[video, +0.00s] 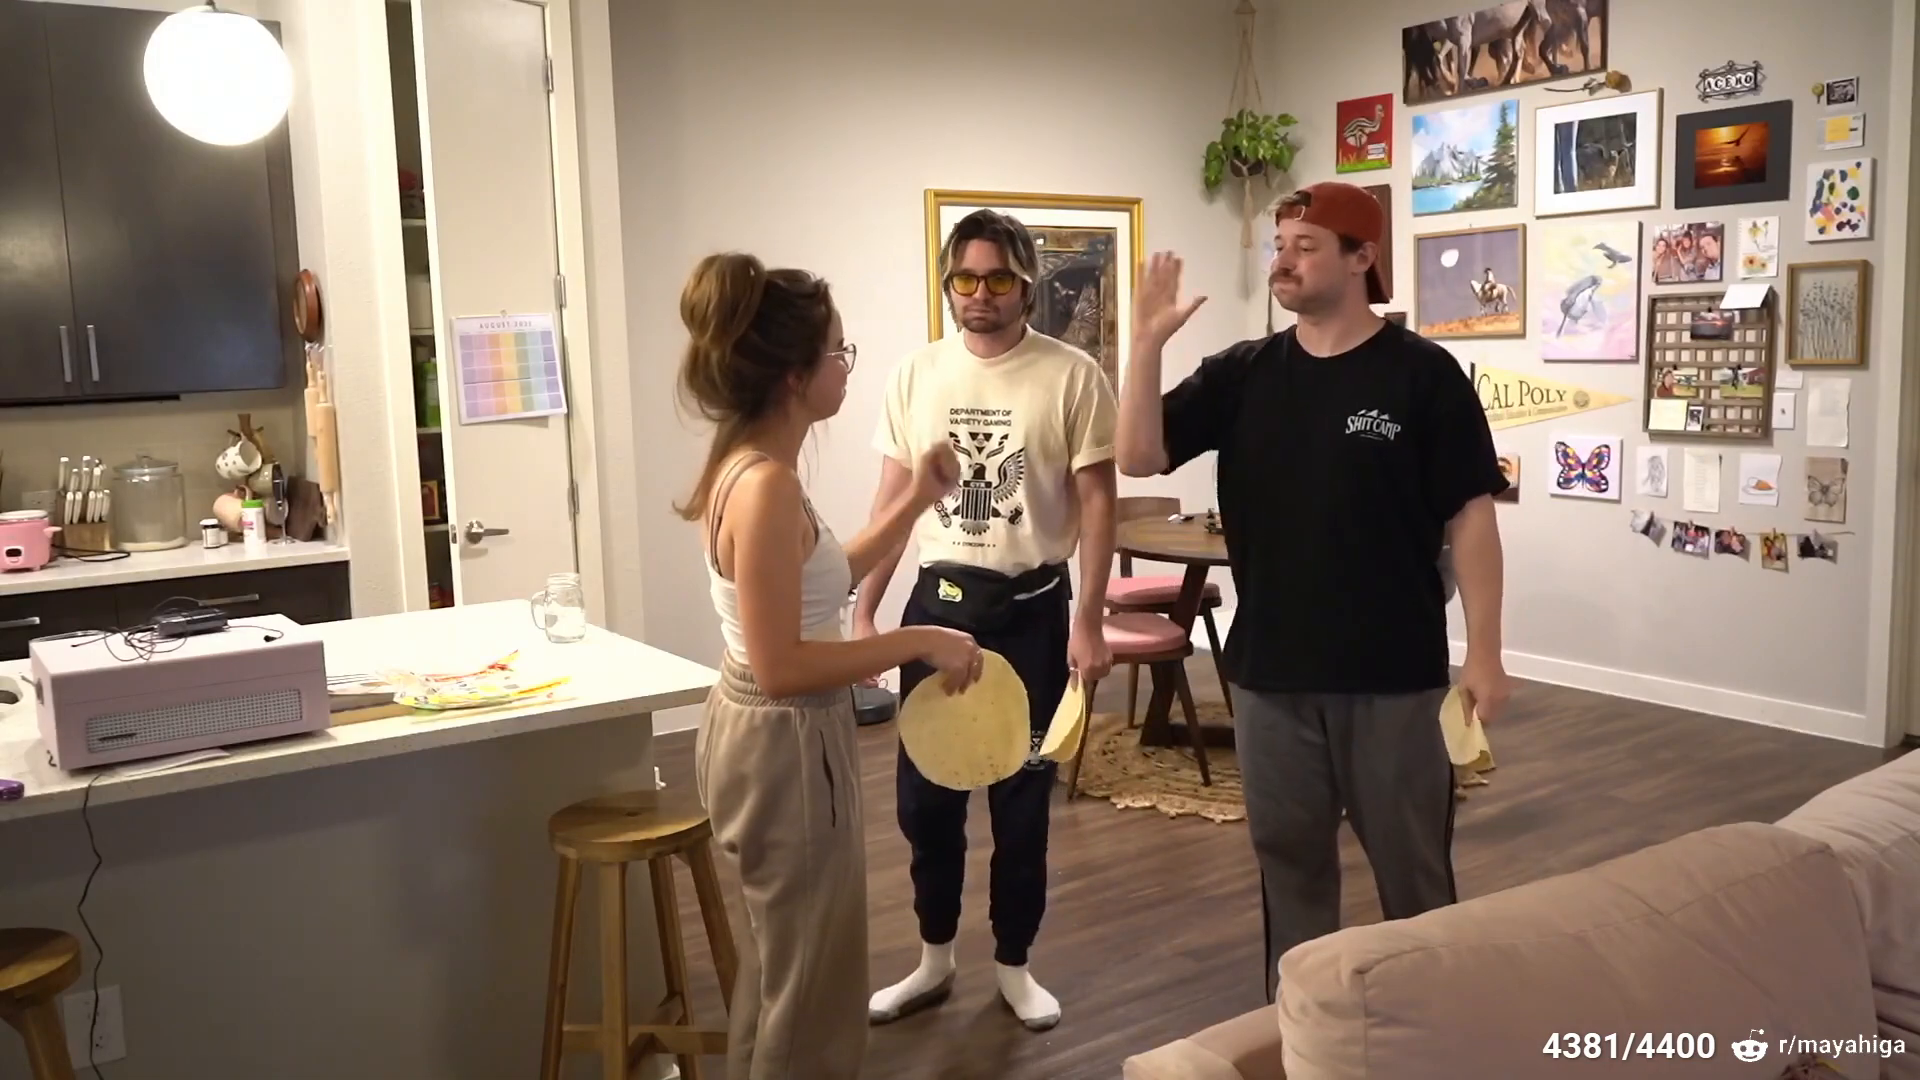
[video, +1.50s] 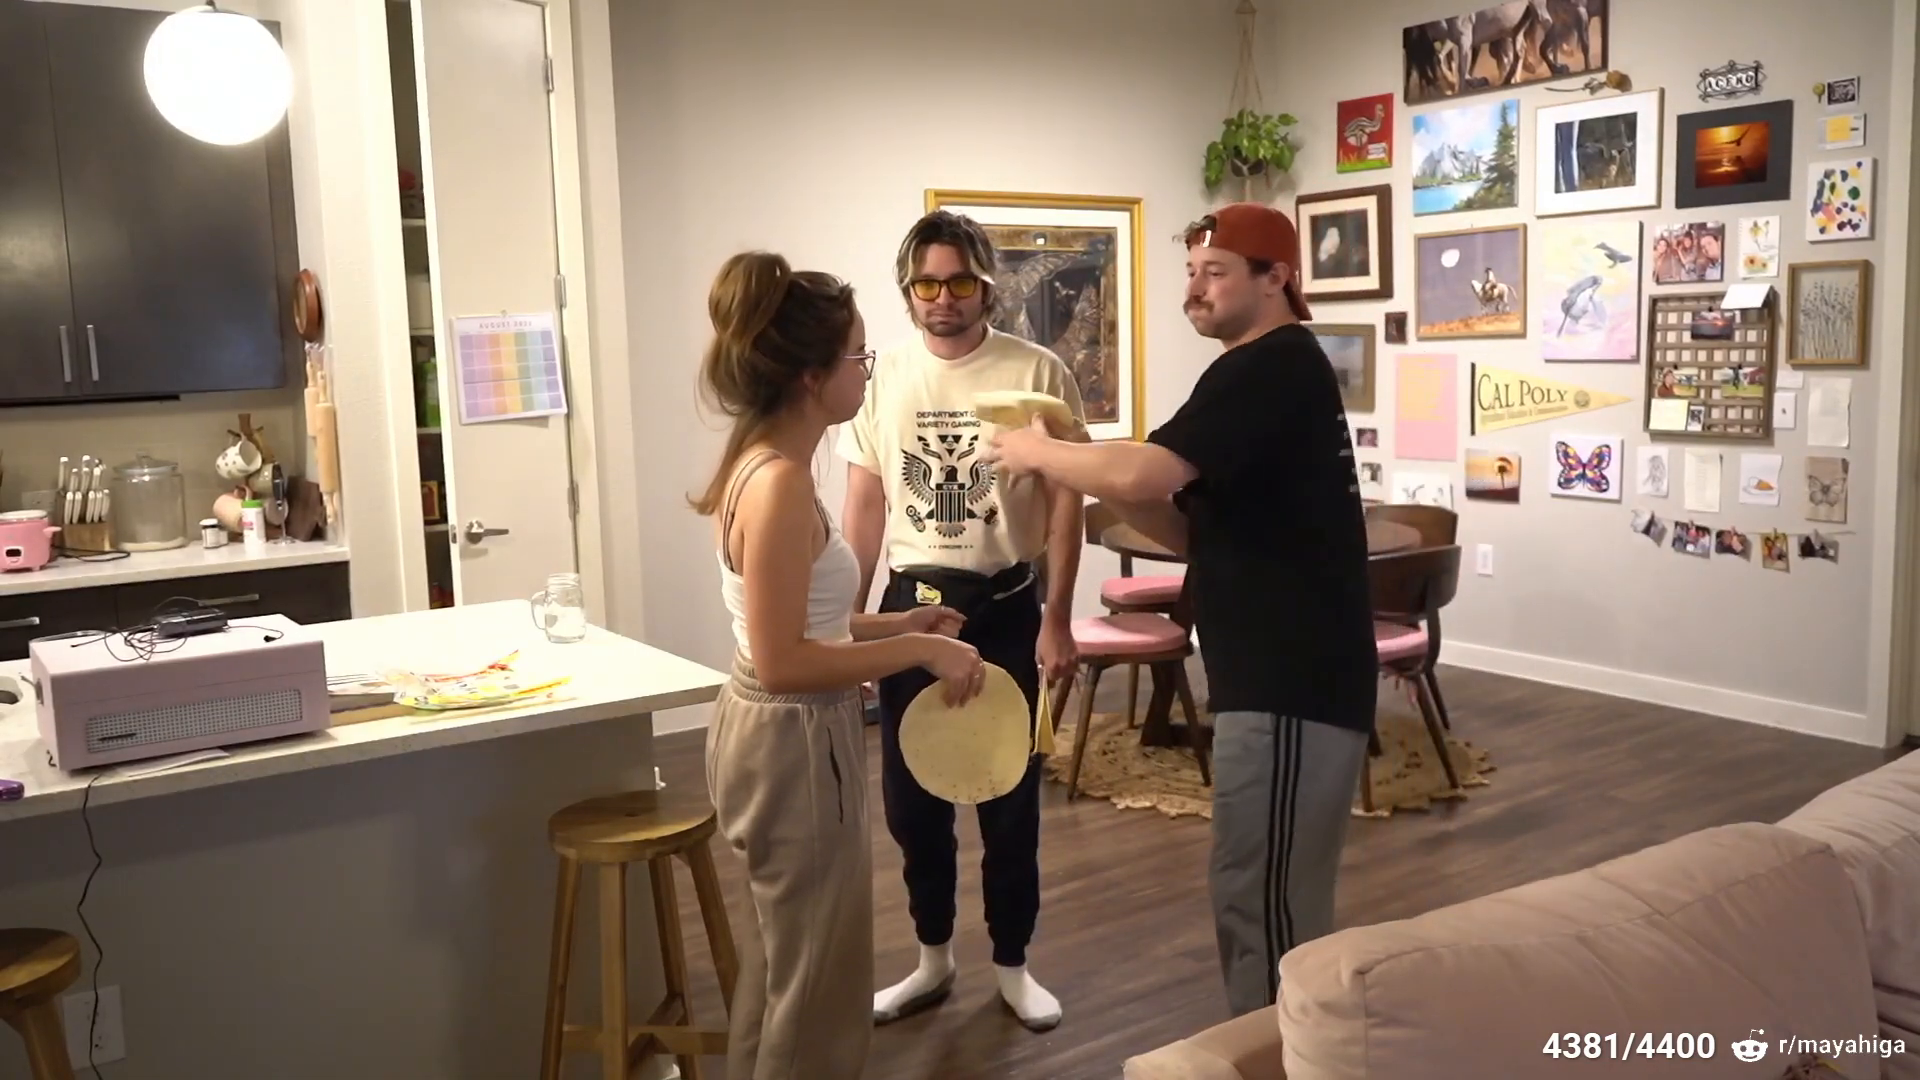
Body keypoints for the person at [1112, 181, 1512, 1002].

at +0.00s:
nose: (1284, 258)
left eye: (1305, 246)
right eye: (1280, 246)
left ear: (1360, 261)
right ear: (1275, 260)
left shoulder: (1424, 373)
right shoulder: (1244, 373)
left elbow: (1472, 514)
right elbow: (1141, 457)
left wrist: (1484, 655)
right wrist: (1144, 343)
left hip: (1393, 680)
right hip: (1272, 679)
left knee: (1414, 880)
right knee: (1289, 874)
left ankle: (1437, 1034)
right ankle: (1297, 1035)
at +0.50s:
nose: (1285, 262)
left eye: (1306, 249)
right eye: (1280, 250)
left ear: (1361, 262)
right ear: (1275, 261)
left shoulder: (1428, 374)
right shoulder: (1240, 376)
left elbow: (1475, 518)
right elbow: (1136, 437)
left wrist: (1491, 653)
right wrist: (1051, 441)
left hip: (1397, 680)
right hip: (1274, 681)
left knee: (1422, 881)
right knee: (1290, 877)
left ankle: (1445, 1034)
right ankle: (1298, 1037)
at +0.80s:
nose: (1259, 260)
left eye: (1280, 246)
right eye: (1252, 248)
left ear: (1334, 258)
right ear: (1246, 263)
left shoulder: (1406, 374)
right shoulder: (1217, 381)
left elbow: (1468, 498)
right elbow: (1129, 480)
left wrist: (1418, 601)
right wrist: (1054, 505)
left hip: (1385, 675)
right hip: (1263, 678)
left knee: (1411, 874)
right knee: (1282, 873)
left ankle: (1440, 1025)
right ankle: (1296, 1033)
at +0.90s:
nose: (1248, 258)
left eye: (1270, 245)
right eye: (1243, 247)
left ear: (1324, 259)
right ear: (1237, 264)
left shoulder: (1392, 375)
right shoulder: (1207, 383)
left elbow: (1437, 517)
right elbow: (1145, 499)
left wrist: (1328, 562)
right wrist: (1132, 523)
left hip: (1373, 675)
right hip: (1250, 677)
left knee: (1402, 862)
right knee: (1273, 867)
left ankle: (1428, 1016)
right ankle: (1293, 1026)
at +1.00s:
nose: (1234, 263)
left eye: (1256, 248)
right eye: (1230, 250)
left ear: (1311, 261)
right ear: (1228, 264)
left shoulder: (1371, 372)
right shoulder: (1205, 382)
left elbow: (1388, 521)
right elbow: (1175, 508)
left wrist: (1242, 528)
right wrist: (1170, 534)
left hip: (1354, 675)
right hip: (1237, 674)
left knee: (1375, 865)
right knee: (1265, 870)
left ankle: (1406, 1019)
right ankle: (1294, 1026)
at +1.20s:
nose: (1209, 271)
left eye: (1230, 257)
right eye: (1205, 258)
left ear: (1285, 268)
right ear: (1206, 269)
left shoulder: (1324, 366)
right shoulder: (1213, 386)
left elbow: (1284, 511)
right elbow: (1194, 529)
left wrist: (1151, 489)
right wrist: (1107, 504)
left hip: (1321, 676)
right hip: (1235, 673)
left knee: (1313, 889)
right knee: (1264, 885)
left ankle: (1340, 1051)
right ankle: (1291, 1038)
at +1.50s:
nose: (1195, 289)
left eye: (1214, 272)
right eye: (1193, 275)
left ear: (1273, 278)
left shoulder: (1272, 364)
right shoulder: (1262, 367)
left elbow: (1153, 471)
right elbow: (1186, 531)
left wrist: (1043, 454)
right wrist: (1091, 474)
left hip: (1288, 689)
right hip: (1274, 684)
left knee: (1262, 908)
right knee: (1267, 904)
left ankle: (1274, 1070)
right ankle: (1278, 1066)